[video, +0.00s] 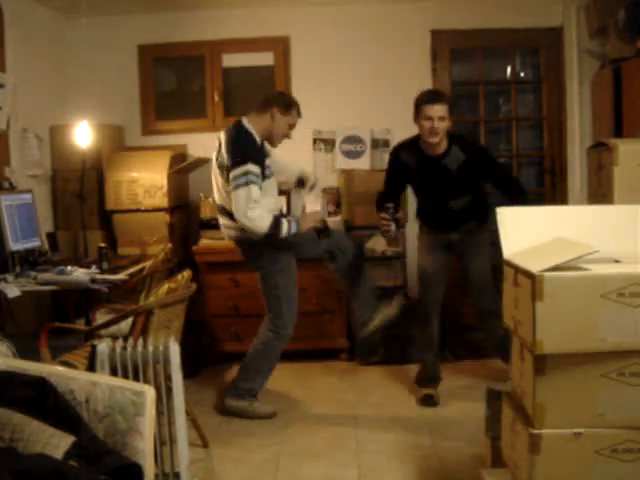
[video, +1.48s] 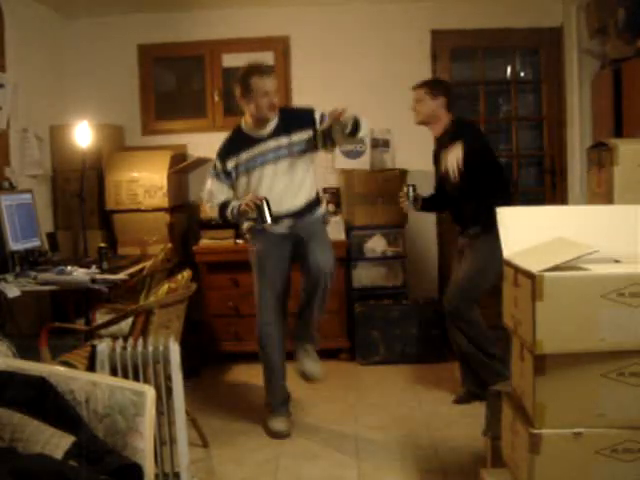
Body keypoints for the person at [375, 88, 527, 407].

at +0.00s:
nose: (434, 126)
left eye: (440, 119)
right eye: (428, 119)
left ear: (450, 121)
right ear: (417, 121)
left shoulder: (467, 148)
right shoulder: (404, 155)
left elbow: (505, 181)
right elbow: (390, 195)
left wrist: (526, 210)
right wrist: (387, 213)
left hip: (474, 230)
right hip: (433, 232)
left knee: (484, 293)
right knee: (430, 300)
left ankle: (503, 355)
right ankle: (429, 377)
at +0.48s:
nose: (478, 122)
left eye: (481, 115)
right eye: (471, 116)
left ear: (483, 118)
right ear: (450, 117)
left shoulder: (483, 153)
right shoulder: (425, 154)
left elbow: (488, 194)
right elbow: (396, 204)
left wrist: (492, 226)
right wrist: (417, 219)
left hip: (464, 236)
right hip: (427, 239)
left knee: (482, 297)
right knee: (432, 303)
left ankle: (482, 377)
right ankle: (421, 379)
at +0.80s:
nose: (511, 123)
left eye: (516, 117)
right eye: (504, 116)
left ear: (520, 122)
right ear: (486, 119)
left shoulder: (512, 163)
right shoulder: (457, 147)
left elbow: (509, 209)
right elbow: (419, 188)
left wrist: (505, 245)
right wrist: (440, 199)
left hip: (482, 240)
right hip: (444, 238)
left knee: (488, 309)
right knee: (453, 309)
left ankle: (487, 378)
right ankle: (468, 383)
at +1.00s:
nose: (488, 125)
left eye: (495, 119)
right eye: (483, 119)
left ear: (508, 124)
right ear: (476, 124)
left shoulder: (516, 168)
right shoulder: (456, 158)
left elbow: (523, 224)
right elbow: (422, 199)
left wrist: (511, 206)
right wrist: (439, 203)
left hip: (498, 250)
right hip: (458, 248)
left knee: (501, 315)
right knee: (471, 313)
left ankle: (493, 379)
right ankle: (477, 393)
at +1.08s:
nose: (462, 101)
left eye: (469, 95)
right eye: (459, 96)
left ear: (489, 99)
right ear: (456, 102)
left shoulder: (510, 141)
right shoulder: (447, 140)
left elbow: (527, 189)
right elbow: (422, 189)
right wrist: (434, 197)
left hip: (499, 233)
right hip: (457, 234)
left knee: (497, 303)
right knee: (464, 303)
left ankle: (493, 372)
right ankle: (473, 375)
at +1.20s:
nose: (443, 93)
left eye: (449, 85)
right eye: (439, 87)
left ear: (468, 85)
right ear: (437, 92)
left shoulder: (496, 120)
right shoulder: (438, 132)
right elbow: (428, 175)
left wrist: (475, 111)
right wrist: (429, 191)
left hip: (495, 222)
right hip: (457, 223)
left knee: (495, 299)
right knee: (459, 300)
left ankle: (495, 368)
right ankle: (465, 373)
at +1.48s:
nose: (414, 108)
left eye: (419, 102)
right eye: (413, 102)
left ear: (439, 102)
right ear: (429, 105)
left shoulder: (467, 135)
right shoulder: (441, 146)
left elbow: (494, 183)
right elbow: (446, 198)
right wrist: (418, 203)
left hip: (488, 234)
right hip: (465, 235)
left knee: (458, 302)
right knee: (457, 304)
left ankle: (498, 373)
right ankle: (474, 383)